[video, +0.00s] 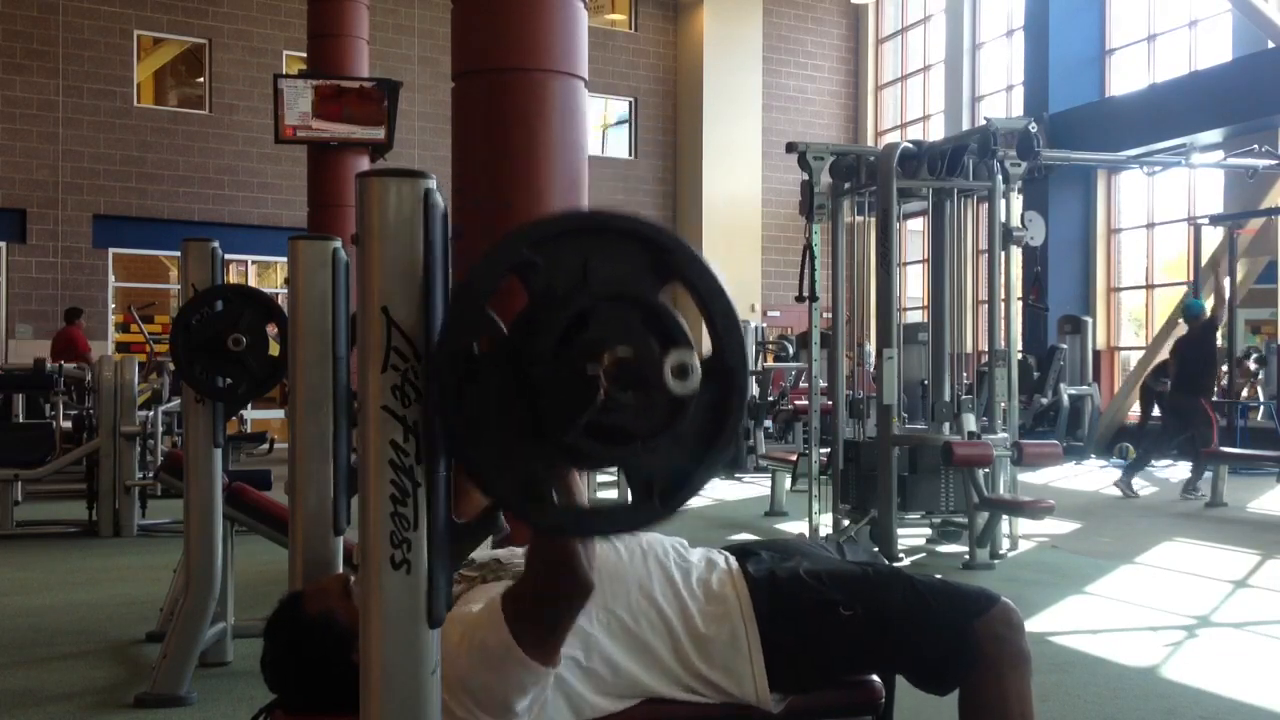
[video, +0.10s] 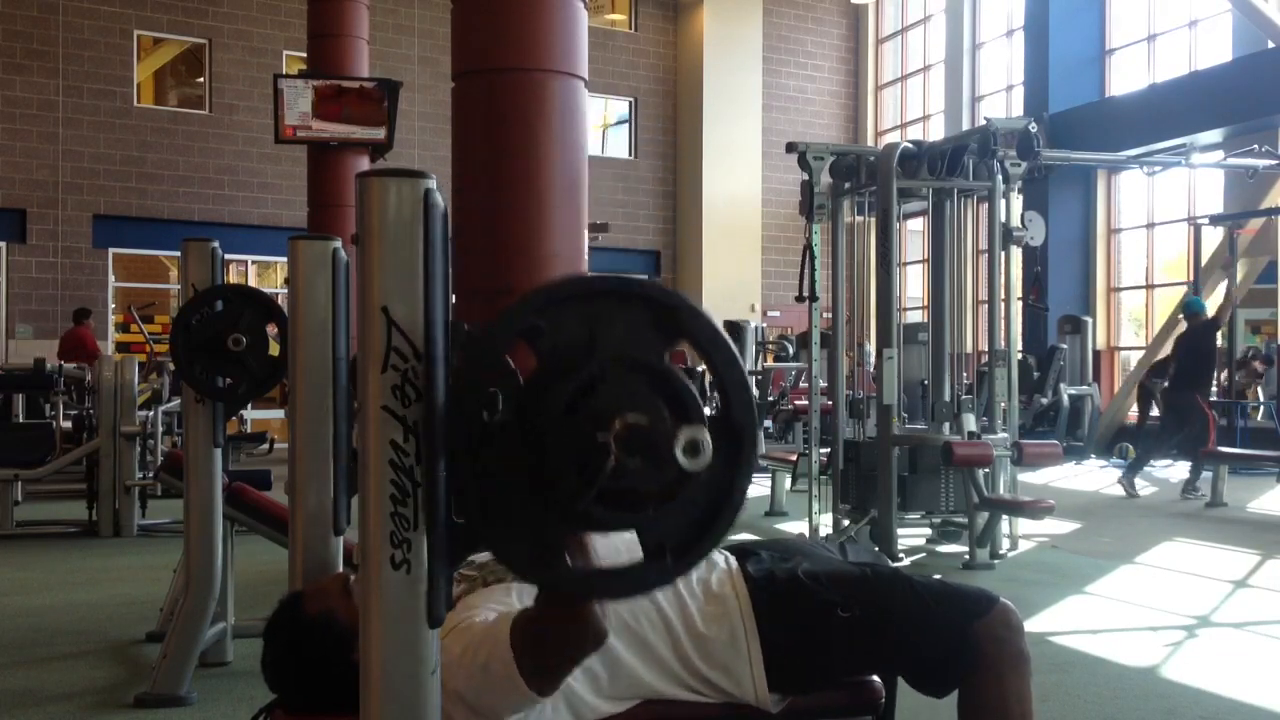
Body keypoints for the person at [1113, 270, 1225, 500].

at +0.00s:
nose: (1205, 315)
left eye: (1197, 314)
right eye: (1203, 313)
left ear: (1185, 319)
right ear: (1203, 315)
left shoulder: (1179, 344)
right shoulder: (1208, 331)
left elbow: (1172, 373)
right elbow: (1221, 301)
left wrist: (1177, 389)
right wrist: (1218, 272)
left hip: (1176, 398)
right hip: (1197, 400)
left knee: (1163, 440)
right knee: (1207, 445)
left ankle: (1126, 477)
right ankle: (1191, 486)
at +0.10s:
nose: (1204, 315)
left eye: (1197, 313)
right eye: (1203, 312)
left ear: (1185, 316)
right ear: (1203, 312)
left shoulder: (1181, 338)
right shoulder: (1208, 328)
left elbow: (1172, 364)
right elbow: (1226, 306)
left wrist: (1149, 374)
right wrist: (1231, 278)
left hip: (1172, 393)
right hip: (1193, 394)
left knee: (1166, 435)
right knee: (1206, 432)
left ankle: (1129, 474)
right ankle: (1192, 484)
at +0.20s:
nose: (1206, 302)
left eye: (1205, 300)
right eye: (1204, 299)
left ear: (1185, 302)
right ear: (1201, 300)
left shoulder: (1178, 323)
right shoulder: (1206, 316)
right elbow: (1237, 306)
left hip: (1171, 379)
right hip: (1187, 381)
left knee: (1168, 427)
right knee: (1188, 430)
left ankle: (1148, 469)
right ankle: (1188, 479)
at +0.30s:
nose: (1204, 300)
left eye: (1202, 297)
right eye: (1203, 297)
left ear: (1184, 298)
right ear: (1199, 297)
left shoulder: (1178, 316)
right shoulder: (1208, 314)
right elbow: (1235, 326)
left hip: (1169, 372)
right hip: (1186, 376)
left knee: (1173, 422)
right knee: (1183, 421)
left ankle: (1172, 472)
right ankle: (1161, 470)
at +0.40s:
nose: (1206, 310)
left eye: (1205, 307)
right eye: (1204, 307)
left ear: (1185, 307)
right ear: (1199, 308)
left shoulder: (1178, 324)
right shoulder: (1207, 330)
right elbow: (1226, 357)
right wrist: (1237, 372)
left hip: (1172, 380)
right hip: (1186, 385)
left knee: (1187, 433)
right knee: (1173, 431)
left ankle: (1179, 480)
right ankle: (1143, 472)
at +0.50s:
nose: (1208, 324)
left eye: (1207, 320)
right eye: (1206, 320)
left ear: (1187, 320)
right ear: (1201, 321)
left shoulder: (1179, 334)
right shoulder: (1208, 344)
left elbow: (1186, 310)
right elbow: (1213, 378)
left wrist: (1195, 286)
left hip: (1178, 394)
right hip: (1184, 397)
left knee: (1200, 440)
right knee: (1172, 440)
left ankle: (1181, 483)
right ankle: (1134, 478)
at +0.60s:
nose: (1205, 320)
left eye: (1204, 316)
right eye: (1203, 316)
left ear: (1186, 316)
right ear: (1198, 317)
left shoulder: (1178, 332)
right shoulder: (1206, 340)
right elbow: (1221, 370)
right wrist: (1229, 401)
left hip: (1177, 389)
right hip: (1187, 392)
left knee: (1197, 439)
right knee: (1180, 437)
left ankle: (1182, 482)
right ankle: (1140, 474)